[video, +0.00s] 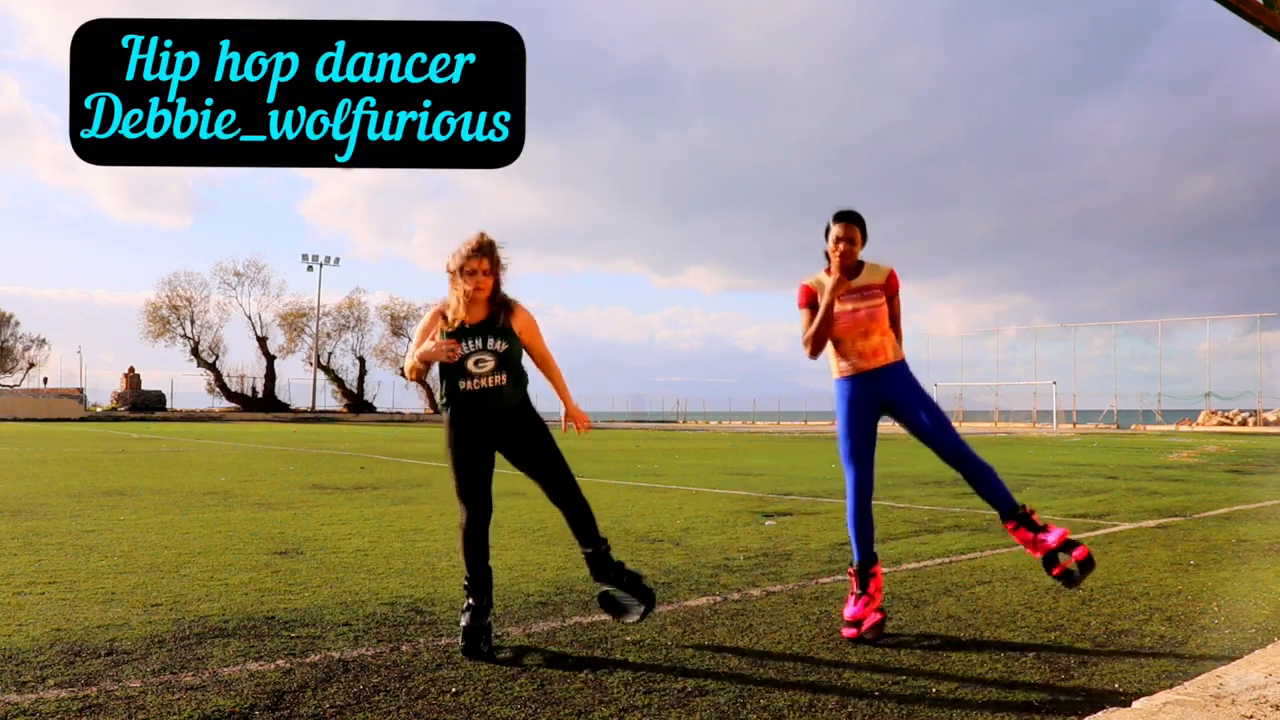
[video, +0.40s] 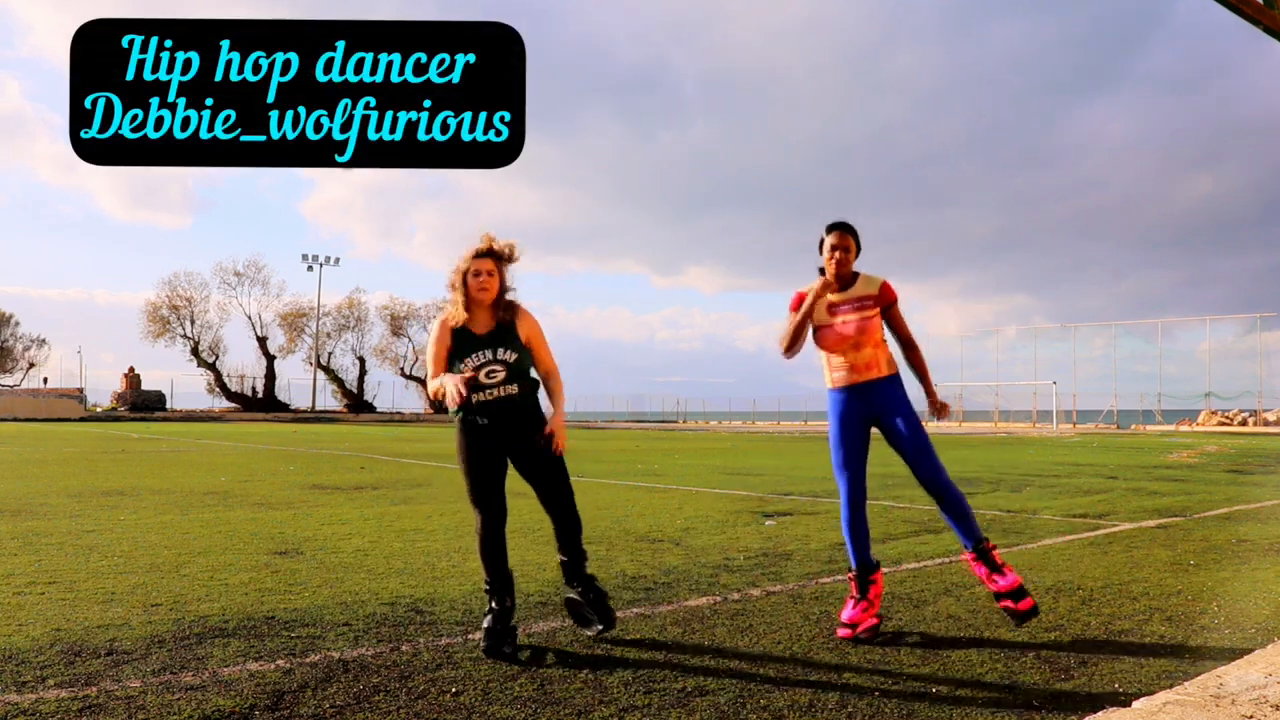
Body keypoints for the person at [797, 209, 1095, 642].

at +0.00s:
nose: (843, 247)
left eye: (851, 241)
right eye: (837, 240)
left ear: (861, 245)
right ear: (826, 244)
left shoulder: (883, 277)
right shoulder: (813, 287)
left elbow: (895, 329)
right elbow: (812, 348)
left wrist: (898, 370)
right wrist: (830, 294)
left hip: (894, 376)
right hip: (852, 388)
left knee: (959, 454)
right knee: (858, 487)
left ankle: (1025, 526)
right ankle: (865, 584)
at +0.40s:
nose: (839, 256)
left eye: (846, 250)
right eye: (833, 249)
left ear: (856, 255)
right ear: (822, 254)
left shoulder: (877, 290)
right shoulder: (808, 298)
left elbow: (906, 341)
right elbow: (788, 349)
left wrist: (930, 390)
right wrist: (813, 301)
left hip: (889, 391)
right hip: (844, 400)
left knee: (935, 478)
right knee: (850, 493)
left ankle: (983, 554)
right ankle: (864, 585)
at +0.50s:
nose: (846, 242)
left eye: (853, 236)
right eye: (840, 236)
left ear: (863, 242)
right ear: (828, 241)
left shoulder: (884, 277)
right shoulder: (811, 280)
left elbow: (910, 320)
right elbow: (771, 322)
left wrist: (917, 346)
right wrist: (816, 295)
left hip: (888, 377)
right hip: (844, 384)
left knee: (922, 472)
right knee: (854, 485)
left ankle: (953, 555)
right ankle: (862, 582)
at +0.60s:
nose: (858, 220)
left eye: (865, 213)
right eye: (852, 213)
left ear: (877, 215)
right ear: (842, 217)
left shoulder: (898, 251)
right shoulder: (827, 251)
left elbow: (919, 308)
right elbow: (786, 297)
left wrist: (892, 299)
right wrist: (810, 323)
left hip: (889, 355)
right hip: (845, 356)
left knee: (899, 458)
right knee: (842, 457)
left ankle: (900, 548)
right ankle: (837, 558)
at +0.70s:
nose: (866, 221)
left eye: (872, 213)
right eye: (859, 214)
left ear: (885, 214)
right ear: (849, 218)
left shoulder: (907, 253)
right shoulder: (836, 252)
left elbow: (921, 310)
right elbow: (802, 303)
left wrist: (887, 297)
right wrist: (804, 353)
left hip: (889, 359)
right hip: (846, 355)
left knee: (888, 460)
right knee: (829, 451)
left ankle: (878, 552)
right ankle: (808, 546)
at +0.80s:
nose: (879, 246)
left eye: (885, 239)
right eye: (872, 240)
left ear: (899, 241)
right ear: (863, 244)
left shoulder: (919, 283)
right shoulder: (851, 279)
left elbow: (924, 344)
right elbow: (822, 337)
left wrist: (884, 320)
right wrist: (801, 391)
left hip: (888, 390)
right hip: (846, 380)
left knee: (876, 489)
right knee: (804, 464)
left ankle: (860, 578)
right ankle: (757, 547)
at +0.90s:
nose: (886, 259)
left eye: (893, 252)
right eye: (880, 253)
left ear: (907, 255)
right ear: (872, 258)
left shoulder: (925, 301)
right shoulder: (859, 290)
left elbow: (927, 362)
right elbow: (827, 347)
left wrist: (890, 341)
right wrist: (806, 399)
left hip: (886, 402)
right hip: (843, 391)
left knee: (877, 495)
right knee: (792, 466)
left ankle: (857, 586)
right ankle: (733, 544)